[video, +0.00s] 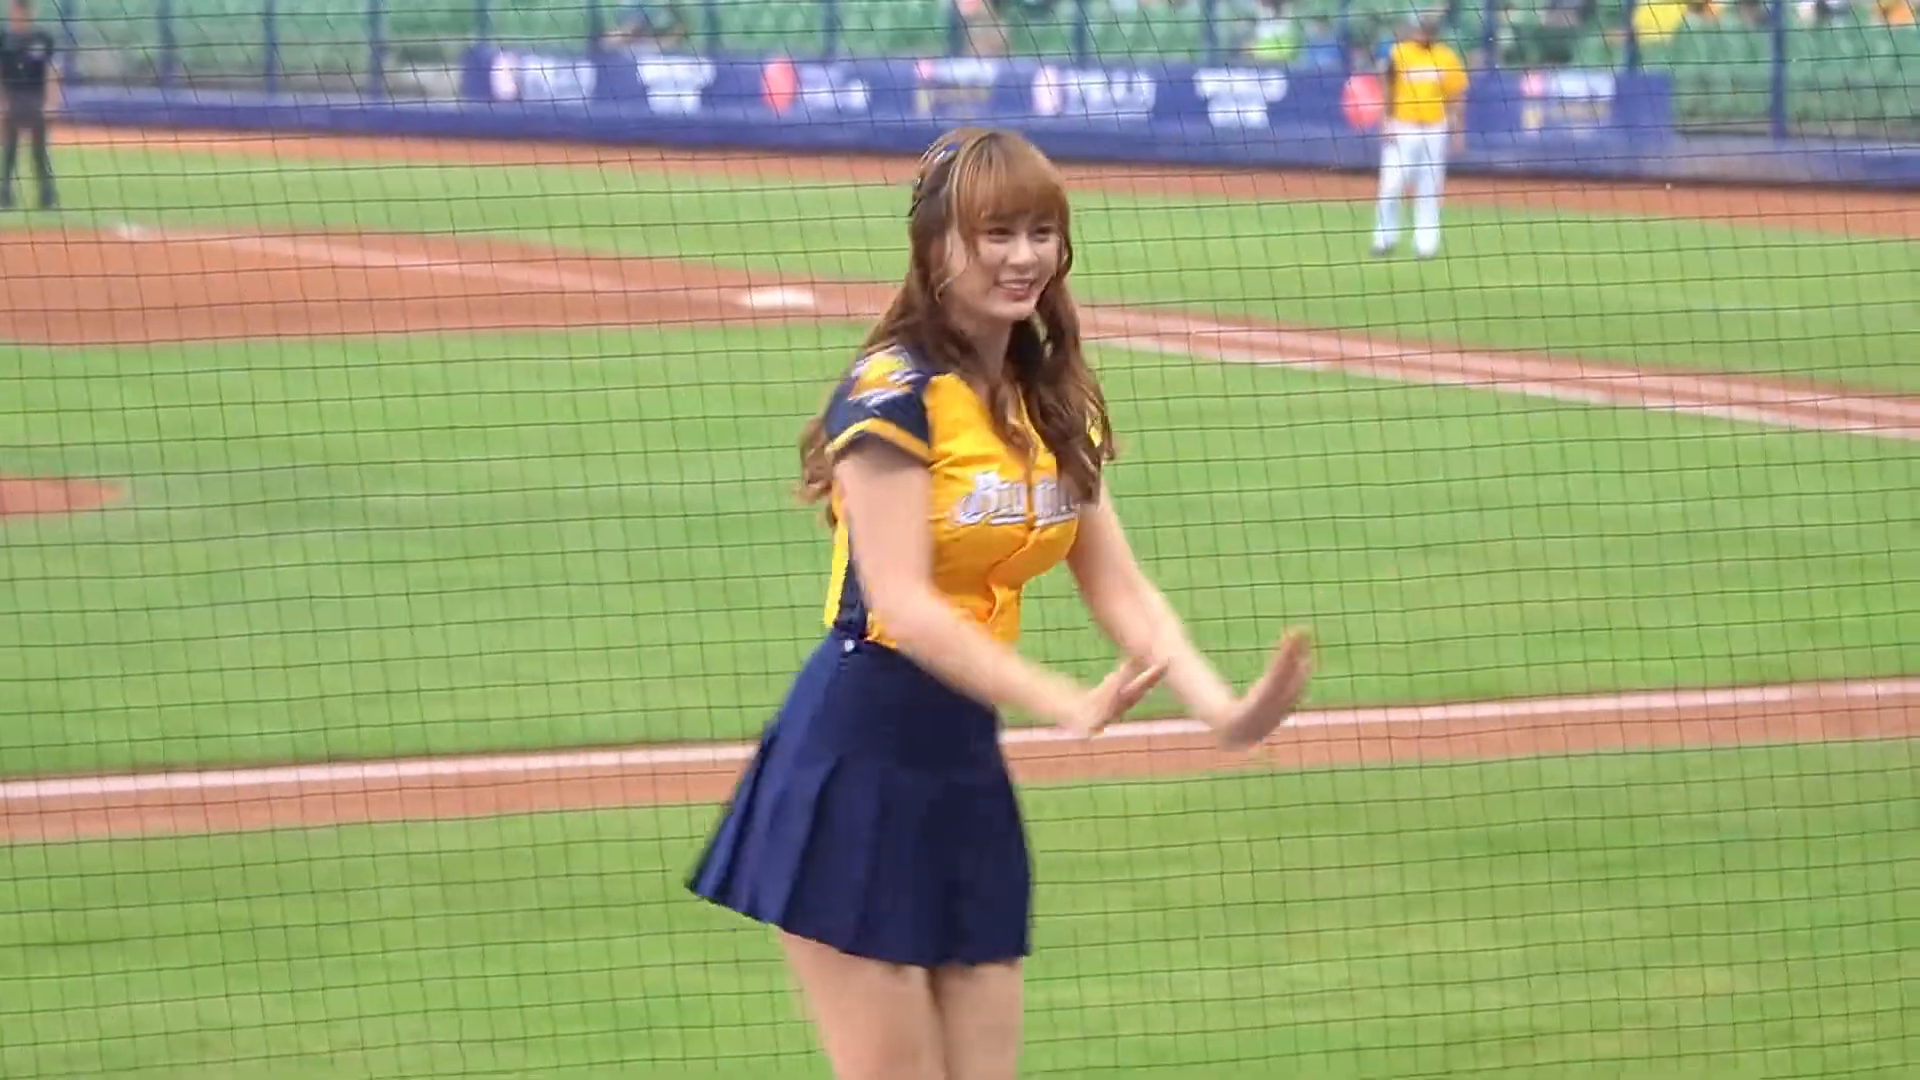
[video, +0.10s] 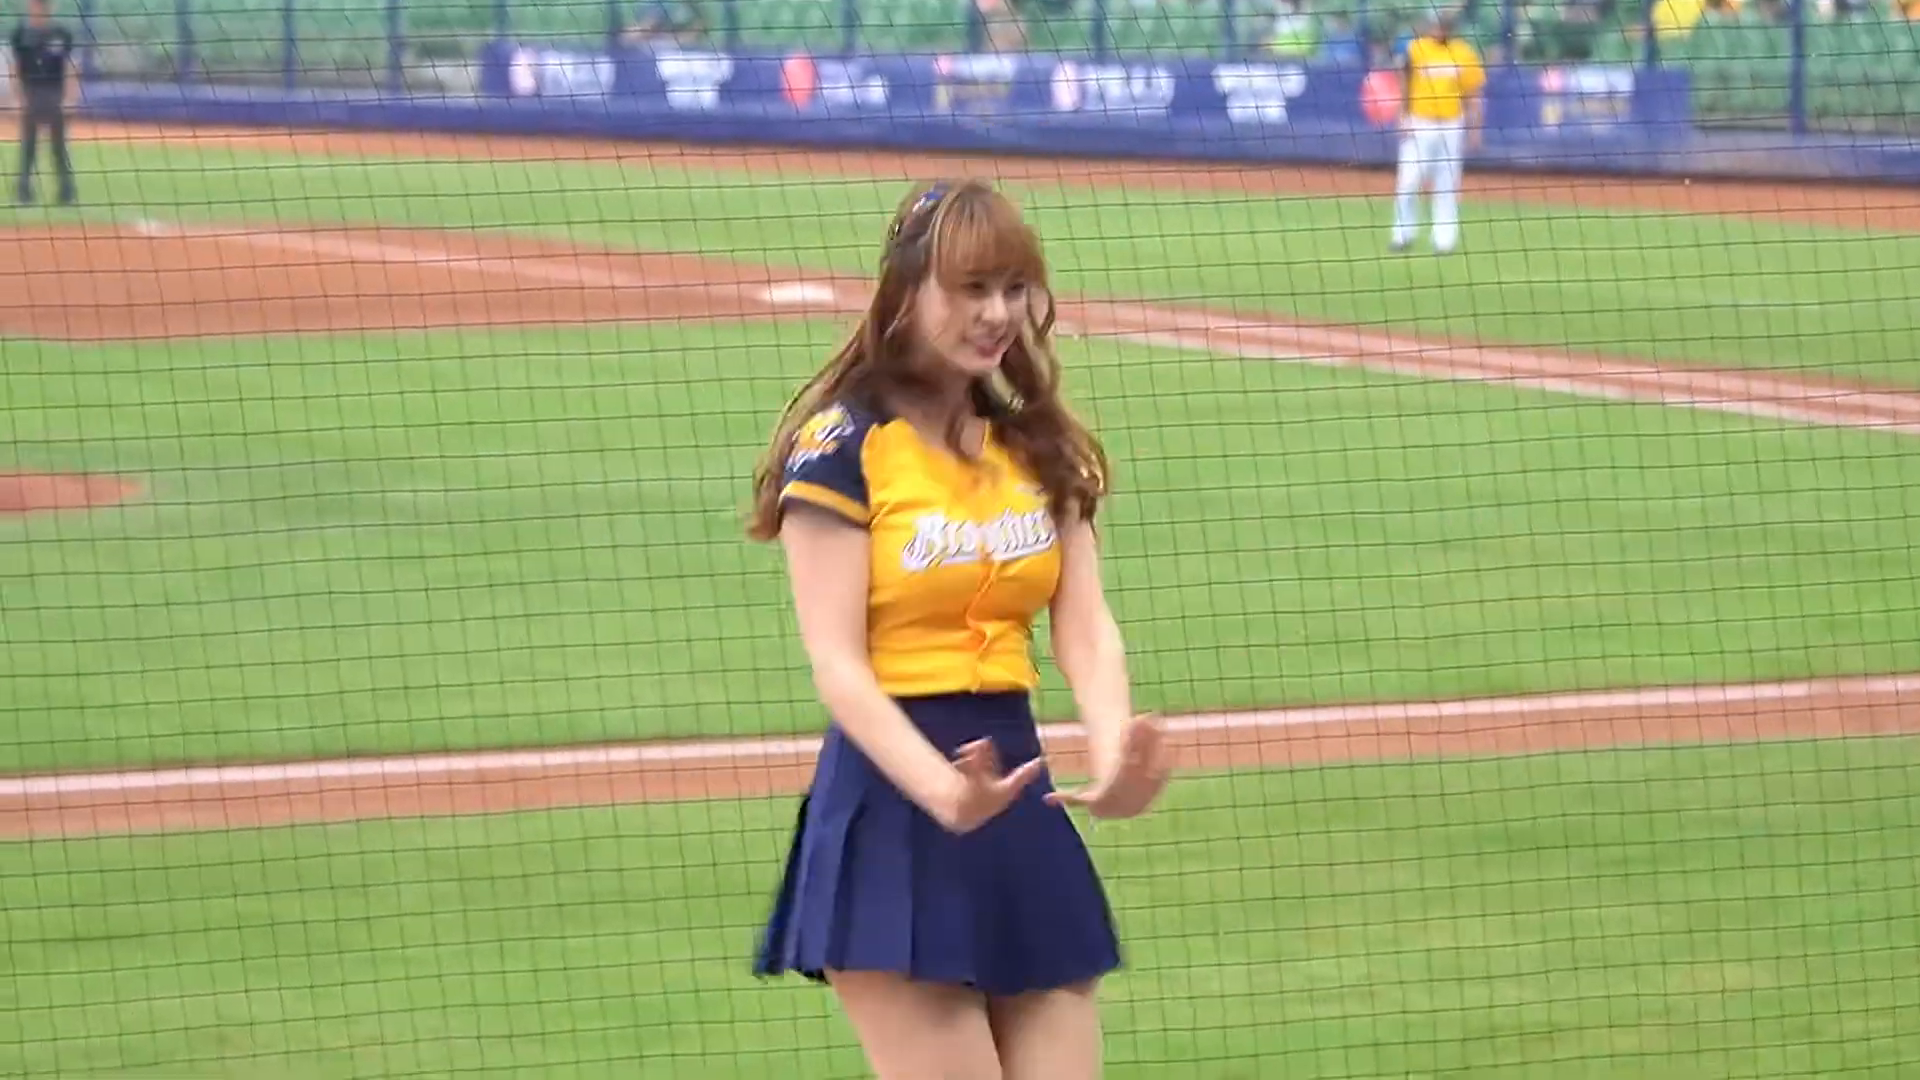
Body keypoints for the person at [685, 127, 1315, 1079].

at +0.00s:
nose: (1025, 256)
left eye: (1042, 231)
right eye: (997, 233)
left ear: (1062, 243)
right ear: (937, 246)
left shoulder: (1049, 396)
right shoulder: (889, 391)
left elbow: (1115, 584)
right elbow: (898, 603)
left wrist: (1218, 707)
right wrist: (1059, 702)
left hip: (965, 747)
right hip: (856, 743)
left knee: (983, 1063)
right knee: (891, 1066)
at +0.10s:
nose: (997, 314)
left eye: (1014, 290)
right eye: (971, 289)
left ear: (1031, 299)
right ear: (905, 294)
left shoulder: (1039, 444)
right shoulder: (840, 444)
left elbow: (1084, 622)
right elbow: (835, 658)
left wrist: (1114, 752)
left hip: (1021, 773)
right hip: (889, 777)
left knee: (1062, 1060)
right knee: (947, 1064)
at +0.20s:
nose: (1000, 304)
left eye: (1015, 280)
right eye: (975, 279)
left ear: (1032, 291)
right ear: (909, 287)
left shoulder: (1052, 423)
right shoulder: (832, 452)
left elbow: (1086, 596)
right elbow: (842, 649)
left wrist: (1075, 736)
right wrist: (894, 778)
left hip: (1049, 770)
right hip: (906, 784)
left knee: (1077, 1058)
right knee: (955, 1062)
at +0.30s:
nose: (1021, 245)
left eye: (1036, 225)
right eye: (995, 220)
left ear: (1051, 245)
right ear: (923, 240)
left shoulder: (1079, 368)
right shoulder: (852, 408)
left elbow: (1098, 545)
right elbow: (843, 594)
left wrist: (1051, 652)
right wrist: (832, 693)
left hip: (1068, 728)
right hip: (920, 733)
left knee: (1047, 1063)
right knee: (944, 1064)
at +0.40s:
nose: (1047, 270)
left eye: (1060, 250)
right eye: (1017, 246)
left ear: (1076, 271)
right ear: (942, 271)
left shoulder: (1103, 398)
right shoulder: (882, 427)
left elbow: (1095, 521)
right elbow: (829, 595)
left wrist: (1041, 594)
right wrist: (763, 666)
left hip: (1089, 753)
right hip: (942, 751)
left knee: (1060, 1065)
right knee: (948, 1066)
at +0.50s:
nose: (1063, 303)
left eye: (1078, 282)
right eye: (1034, 280)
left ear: (1097, 301)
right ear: (970, 303)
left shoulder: (1129, 420)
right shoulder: (911, 446)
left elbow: (1113, 507)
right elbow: (832, 583)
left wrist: (1073, 579)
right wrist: (747, 657)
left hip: (1118, 768)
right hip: (971, 767)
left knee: (1087, 1067)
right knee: (975, 1067)